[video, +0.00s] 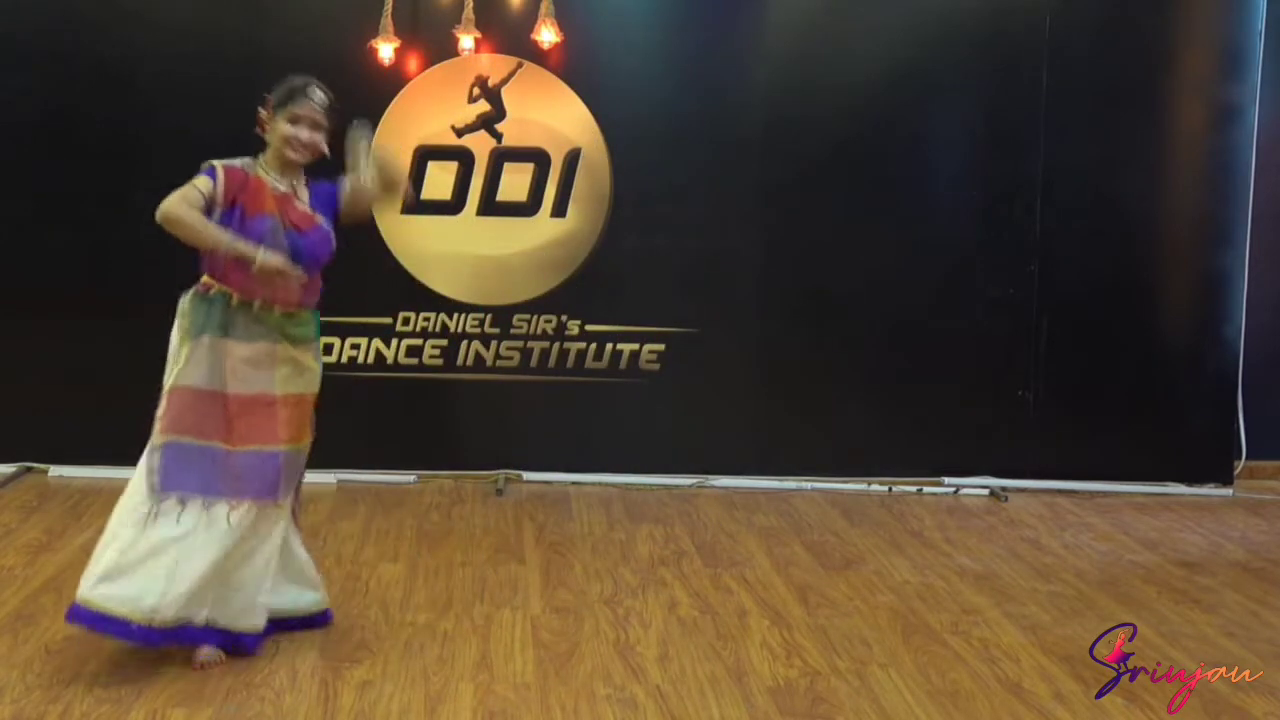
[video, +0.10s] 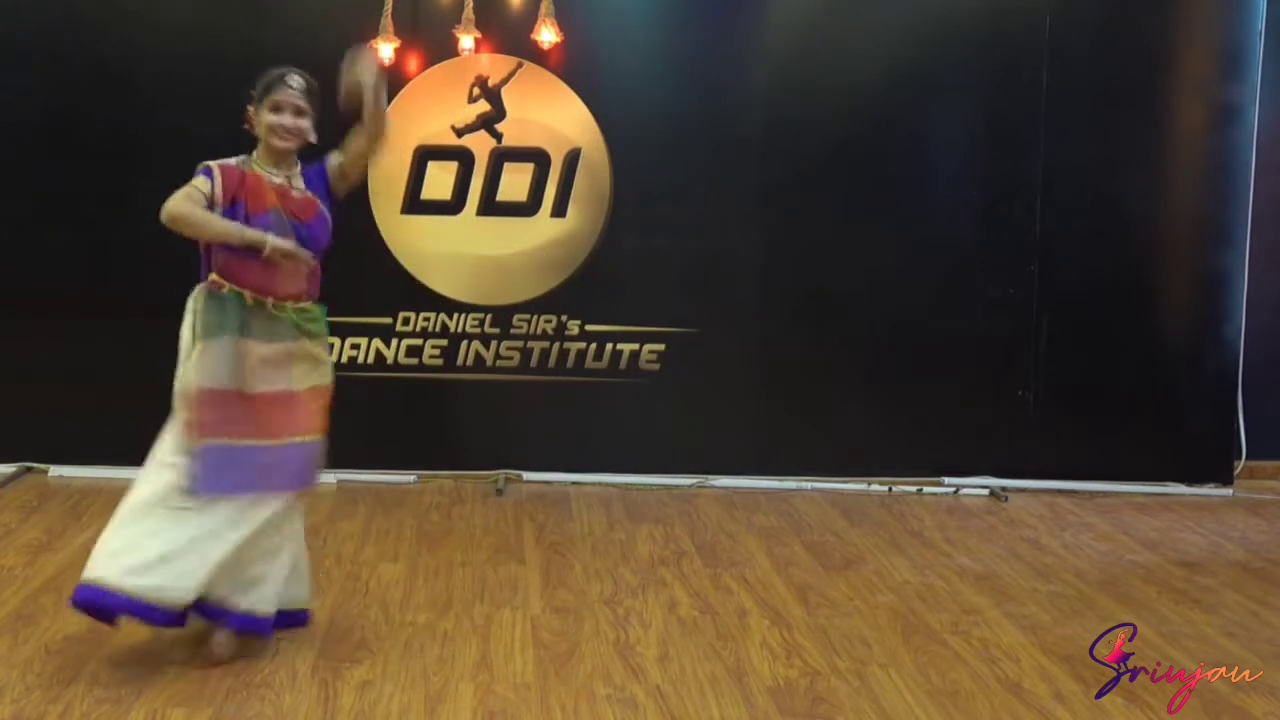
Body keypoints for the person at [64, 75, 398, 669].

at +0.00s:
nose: (307, 134)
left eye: (318, 127)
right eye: (297, 121)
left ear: (326, 138)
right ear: (267, 121)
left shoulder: (323, 194)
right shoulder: (231, 176)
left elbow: (380, 191)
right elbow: (172, 211)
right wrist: (254, 254)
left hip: (286, 350)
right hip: (220, 344)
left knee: (267, 481)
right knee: (218, 480)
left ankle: (243, 608)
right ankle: (205, 617)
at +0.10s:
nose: (290, 120)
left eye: (300, 113)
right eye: (279, 110)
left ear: (312, 126)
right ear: (254, 118)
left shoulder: (320, 183)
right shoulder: (228, 174)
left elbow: (368, 140)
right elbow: (176, 211)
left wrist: (370, 83)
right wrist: (260, 238)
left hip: (292, 351)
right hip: (225, 347)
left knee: (273, 479)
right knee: (204, 468)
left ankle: (240, 609)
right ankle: (122, 578)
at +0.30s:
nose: (268, 114)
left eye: (279, 104)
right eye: (256, 105)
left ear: (297, 115)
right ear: (240, 118)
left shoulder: (319, 165)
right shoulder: (230, 184)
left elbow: (369, 92)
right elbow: (235, 241)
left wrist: (394, 27)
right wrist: (314, 243)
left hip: (315, 323)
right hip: (249, 326)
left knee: (338, 449)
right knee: (254, 455)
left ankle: (337, 588)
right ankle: (235, 587)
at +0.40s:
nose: (293, 115)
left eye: (302, 106)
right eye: (280, 107)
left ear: (314, 116)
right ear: (255, 119)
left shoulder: (322, 156)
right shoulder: (264, 189)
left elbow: (352, 83)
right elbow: (315, 243)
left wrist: (347, 14)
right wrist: (377, 239)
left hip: (337, 326)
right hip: (281, 331)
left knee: (363, 447)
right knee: (274, 458)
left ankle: (353, 578)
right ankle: (246, 590)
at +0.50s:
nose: (336, 116)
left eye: (337, 105)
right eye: (320, 108)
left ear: (335, 112)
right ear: (280, 120)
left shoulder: (300, 173)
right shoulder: (319, 192)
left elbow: (320, 81)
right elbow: (388, 242)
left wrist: (292, 10)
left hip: (319, 332)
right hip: (316, 338)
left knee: (352, 457)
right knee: (304, 461)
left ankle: (358, 577)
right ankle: (251, 575)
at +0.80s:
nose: (347, 116)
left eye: (359, 104)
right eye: (346, 104)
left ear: (388, 110)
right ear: (355, 117)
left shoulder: (398, 176)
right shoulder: (368, 180)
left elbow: (365, 85)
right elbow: (372, 249)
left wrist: (355, 11)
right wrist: (318, 260)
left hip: (384, 331)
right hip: (365, 325)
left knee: (374, 460)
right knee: (389, 458)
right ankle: (415, 567)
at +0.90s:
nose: (355, 125)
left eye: (363, 114)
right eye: (352, 114)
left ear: (399, 111)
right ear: (358, 118)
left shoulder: (424, 169)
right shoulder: (356, 184)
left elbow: (419, 83)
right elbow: (353, 254)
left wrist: (387, 20)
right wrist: (316, 272)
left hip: (416, 321)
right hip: (360, 322)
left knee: (394, 450)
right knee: (363, 446)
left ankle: (358, 577)